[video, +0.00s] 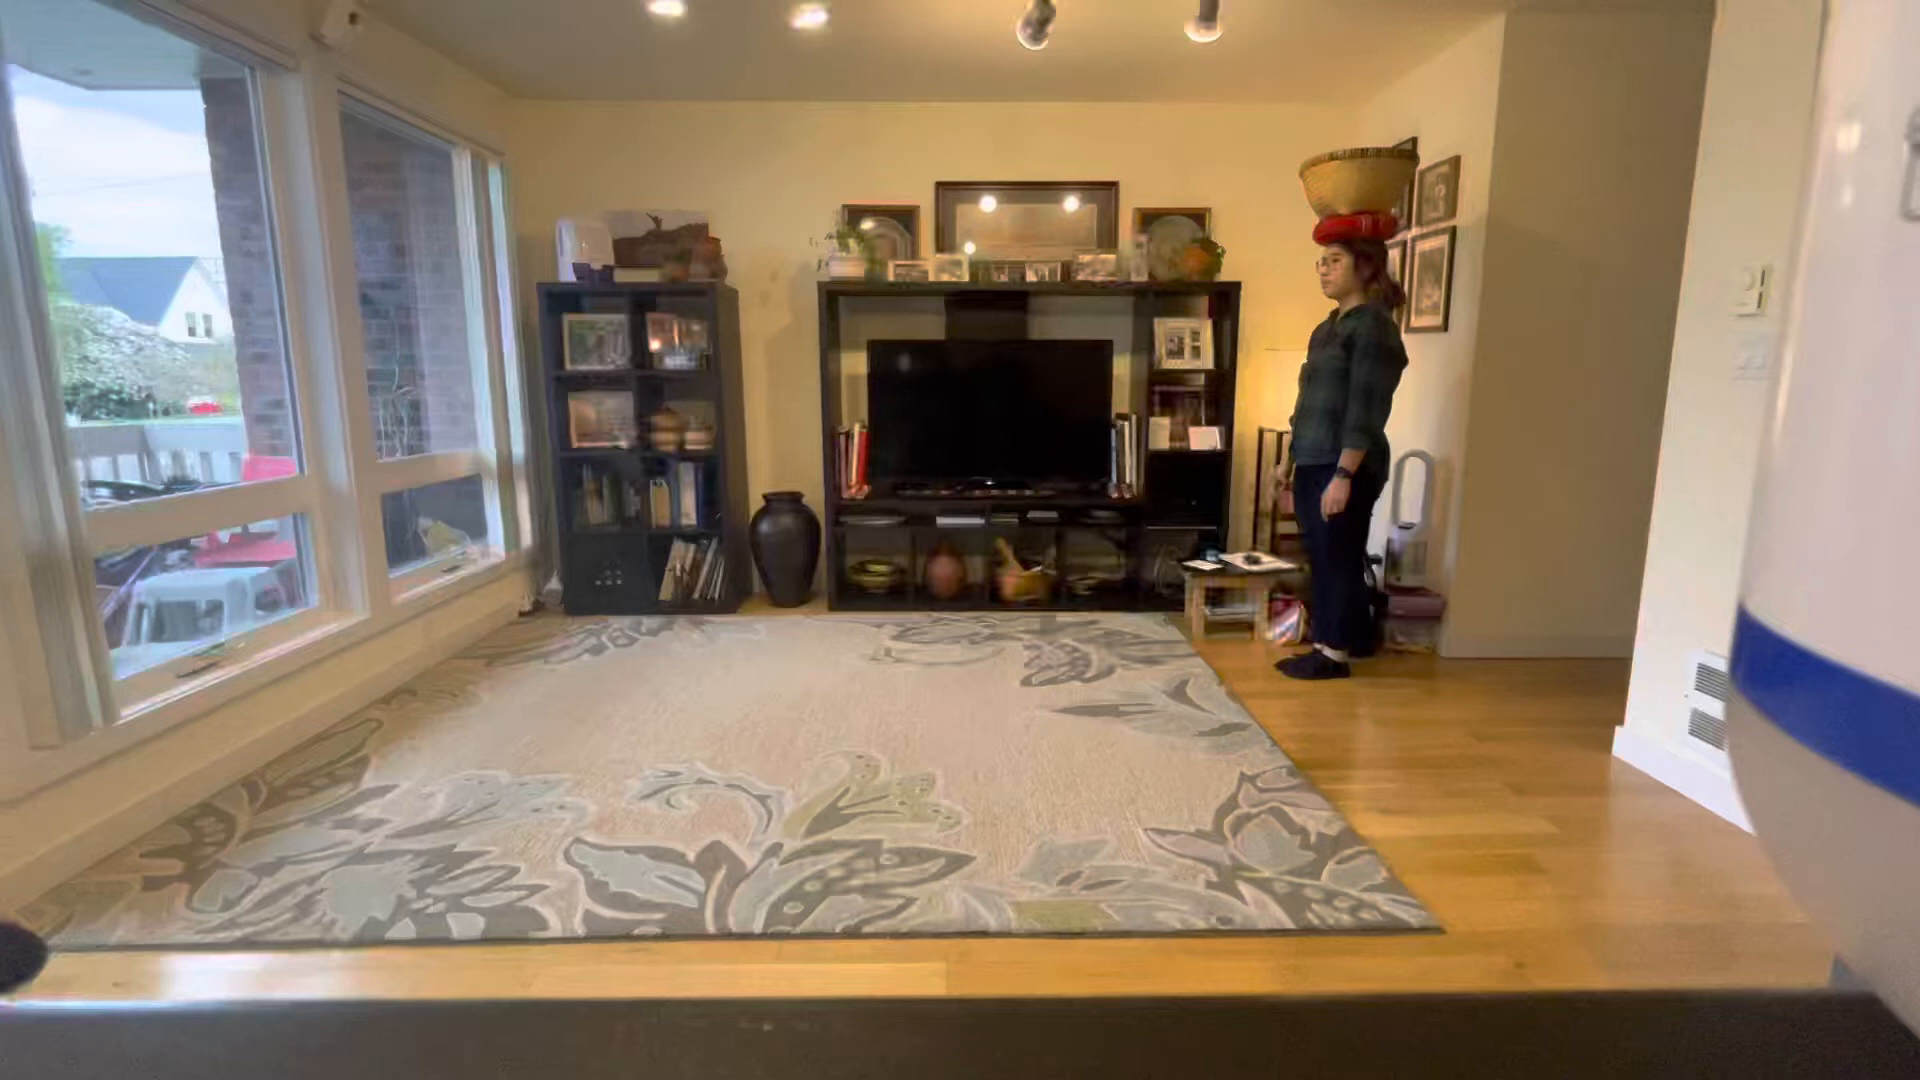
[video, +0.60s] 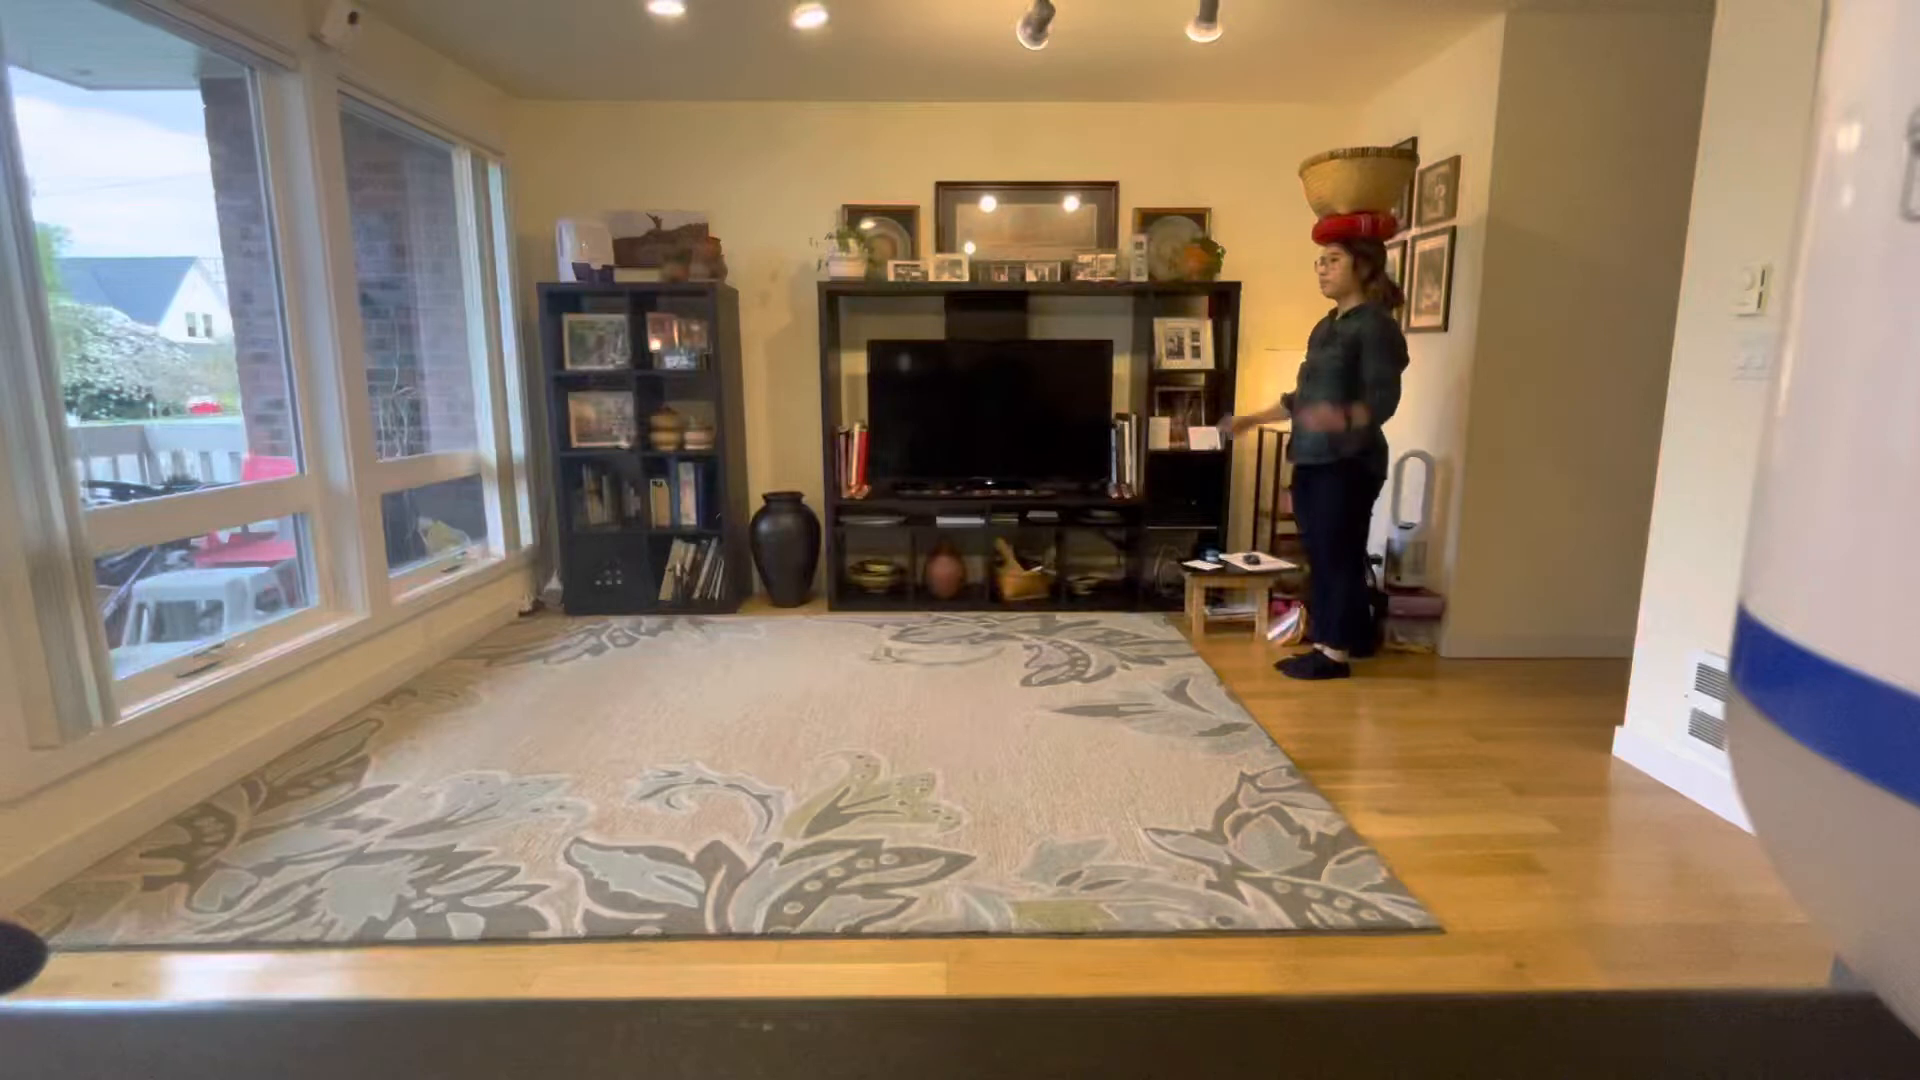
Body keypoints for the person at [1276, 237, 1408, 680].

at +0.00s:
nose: (1322, 270)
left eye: (1332, 261)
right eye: (1320, 263)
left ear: (1364, 266)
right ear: (1323, 269)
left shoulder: (1374, 325)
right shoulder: (1327, 328)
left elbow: (1368, 406)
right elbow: (1310, 401)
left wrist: (1344, 473)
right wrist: (1292, 460)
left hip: (1349, 461)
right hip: (1316, 460)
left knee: (1337, 557)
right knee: (1324, 556)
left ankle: (1334, 649)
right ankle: (1329, 639)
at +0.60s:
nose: (1320, 270)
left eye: (1330, 261)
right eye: (1320, 263)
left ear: (1361, 267)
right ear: (1330, 269)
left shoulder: (1376, 324)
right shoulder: (1326, 327)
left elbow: (1383, 399)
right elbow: (1306, 397)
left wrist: (1343, 417)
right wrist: (1254, 419)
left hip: (1349, 461)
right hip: (1315, 460)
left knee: (1338, 551)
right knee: (1321, 551)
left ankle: (1335, 649)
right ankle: (1331, 639)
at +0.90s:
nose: (1322, 270)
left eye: (1333, 261)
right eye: (1319, 262)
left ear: (1360, 267)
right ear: (1319, 270)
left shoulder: (1376, 317)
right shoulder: (1321, 322)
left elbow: (1394, 331)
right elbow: (1270, 350)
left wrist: (1376, 274)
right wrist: (1261, 301)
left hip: (1353, 451)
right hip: (1312, 451)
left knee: (1338, 547)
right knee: (1319, 547)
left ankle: (1334, 650)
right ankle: (1335, 638)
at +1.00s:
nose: (1323, 268)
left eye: (1334, 259)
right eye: (1319, 260)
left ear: (1363, 265)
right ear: (1317, 266)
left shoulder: (1377, 314)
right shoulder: (1318, 318)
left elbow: (1404, 299)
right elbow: (1263, 324)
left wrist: (1386, 256)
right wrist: (1284, 277)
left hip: (1354, 448)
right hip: (1311, 449)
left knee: (1339, 546)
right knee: (1318, 545)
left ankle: (1334, 649)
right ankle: (1332, 638)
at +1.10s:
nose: (1324, 268)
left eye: (1335, 259)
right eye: (1319, 260)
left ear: (1364, 266)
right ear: (1317, 266)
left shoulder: (1379, 314)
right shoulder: (1317, 318)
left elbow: (1413, 291)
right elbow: (1259, 317)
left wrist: (1392, 251)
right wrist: (1288, 272)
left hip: (1354, 447)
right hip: (1310, 448)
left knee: (1339, 546)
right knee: (1317, 545)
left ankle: (1335, 649)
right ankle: (1326, 639)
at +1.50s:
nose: (1326, 267)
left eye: (1339, 258)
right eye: (1321, 259)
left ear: (1366, 267)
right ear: (1316, 265)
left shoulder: (1381, 317)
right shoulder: (1312, 317)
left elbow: (1422, 284)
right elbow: (1250, 310)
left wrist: (1391, 245)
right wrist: (1289, 264)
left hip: (1355, 448)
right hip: (1306, 448)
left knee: (1341, 547)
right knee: (1315, 547)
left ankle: (1338, 650)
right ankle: (1321, 641)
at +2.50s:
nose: (1319, 269)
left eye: (1330, 260)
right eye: (1317, 261)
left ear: (1360, 266)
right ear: (1316, 268)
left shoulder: (1380, 324)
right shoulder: (1318, 327)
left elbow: (1391, 397)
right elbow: (1287, 387)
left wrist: (1337, 390)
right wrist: (1256, 353)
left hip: (1351, 461)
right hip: (1307, 459)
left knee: (1339, 554)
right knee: (1315, 554)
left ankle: (1337, 652)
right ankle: (1324, 643)